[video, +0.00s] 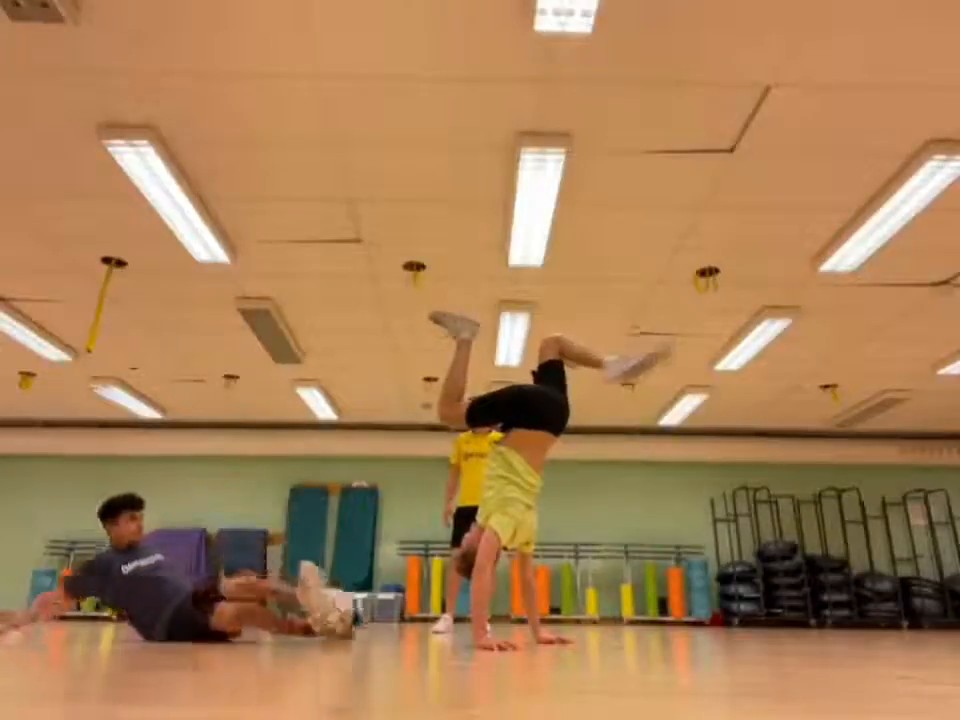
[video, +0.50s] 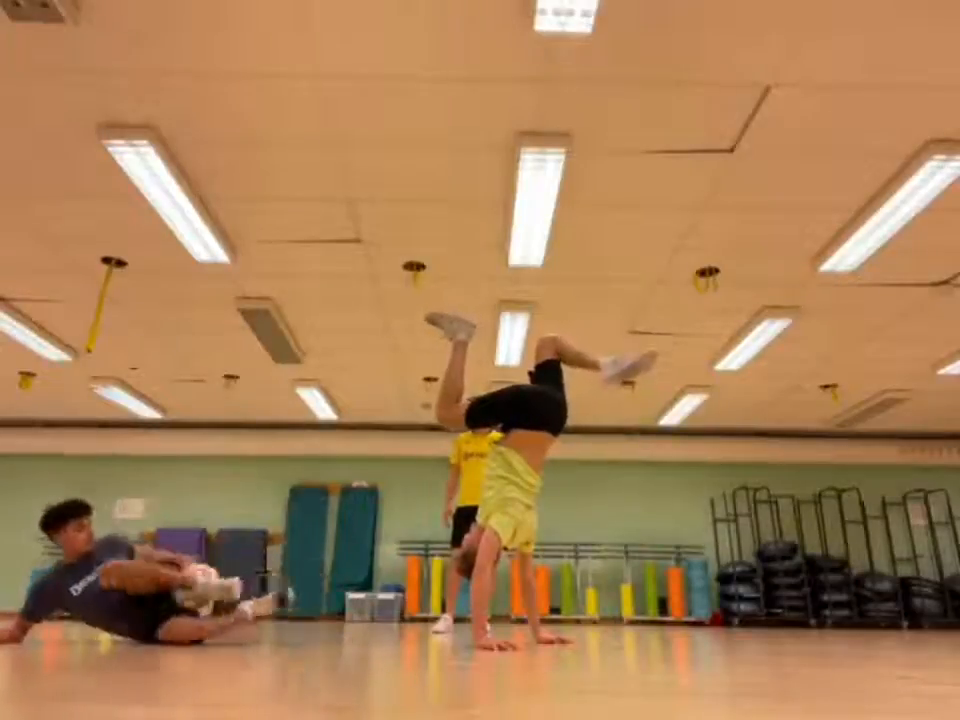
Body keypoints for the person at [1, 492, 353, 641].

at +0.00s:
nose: (138, 527)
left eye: (139, 521)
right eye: (130, 522)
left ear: (139, 524)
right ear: (111, 527)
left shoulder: (147, 551)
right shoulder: (102, 566)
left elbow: (166, 586)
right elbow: (63, 593)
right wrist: (33, 615)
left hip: (194, 594)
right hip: (173, 618)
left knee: (251, 583)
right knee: (241, 612)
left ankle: (309, 601)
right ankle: (309, 629)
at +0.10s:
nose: (122, 533)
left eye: (122, 527)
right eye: (114, 529)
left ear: (121, 531)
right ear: (94, 536)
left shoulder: (139, 552)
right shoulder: (81, 581)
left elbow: (165, 578)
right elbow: (43, 617)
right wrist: (20, 633)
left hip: (189, 590)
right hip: (174, 621)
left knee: (243, 585)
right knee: (246, 614)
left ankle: (306, 609)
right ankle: (313, 628)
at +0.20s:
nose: (111, 537)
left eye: (112, 530)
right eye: (103, 532)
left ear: (112, 534)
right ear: (81, 540)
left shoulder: (128, 556)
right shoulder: (69, 586)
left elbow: (159, 575)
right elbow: (31, 626)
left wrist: (188, 577)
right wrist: (15, 635)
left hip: (179, 592)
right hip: (171, 627)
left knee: (198, 573)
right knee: (216, 622)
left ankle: (269, 585)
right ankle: (282, 610)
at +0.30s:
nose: (102, 536)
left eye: (102, 530)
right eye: (93, 533)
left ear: (104, 532)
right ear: (73, 540)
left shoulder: (121, 554)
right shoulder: (63, 588)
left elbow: (149, 580)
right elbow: (22, 629)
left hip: (166, 592)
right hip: (155, 625)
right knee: (198, 624)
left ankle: (238, 574)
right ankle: (259, 605)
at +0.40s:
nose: (95, 536)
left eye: (95, 529)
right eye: (86, 531)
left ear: (97, 531)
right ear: (65, 538)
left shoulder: (116, 549)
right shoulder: (56, 588)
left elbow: (160, 568)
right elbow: (20, 632)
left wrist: (189, 576)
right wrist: (6, 634)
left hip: (162, 590)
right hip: (148, 623)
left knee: (118, 573)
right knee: (188, 627)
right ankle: (238, 605)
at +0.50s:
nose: (88, 535)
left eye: (88, 528)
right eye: (79, 530)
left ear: (90, 530)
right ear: (59, 537)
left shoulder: (110, 546)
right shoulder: (49, 586)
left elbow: (149, 556)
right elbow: (16, 631)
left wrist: (184, 565)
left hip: (161, 589)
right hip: (148, 622)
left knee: (112, 571)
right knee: (189, 630)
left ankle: (197, 584)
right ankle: (245, 613)